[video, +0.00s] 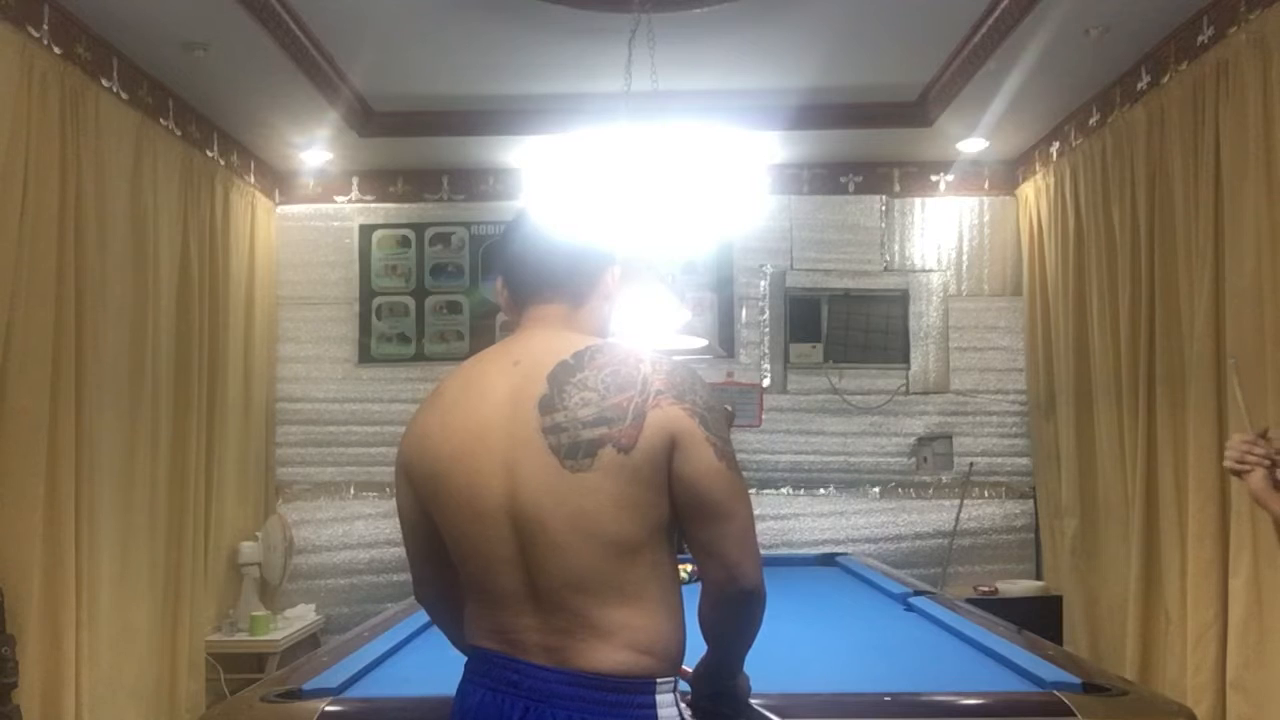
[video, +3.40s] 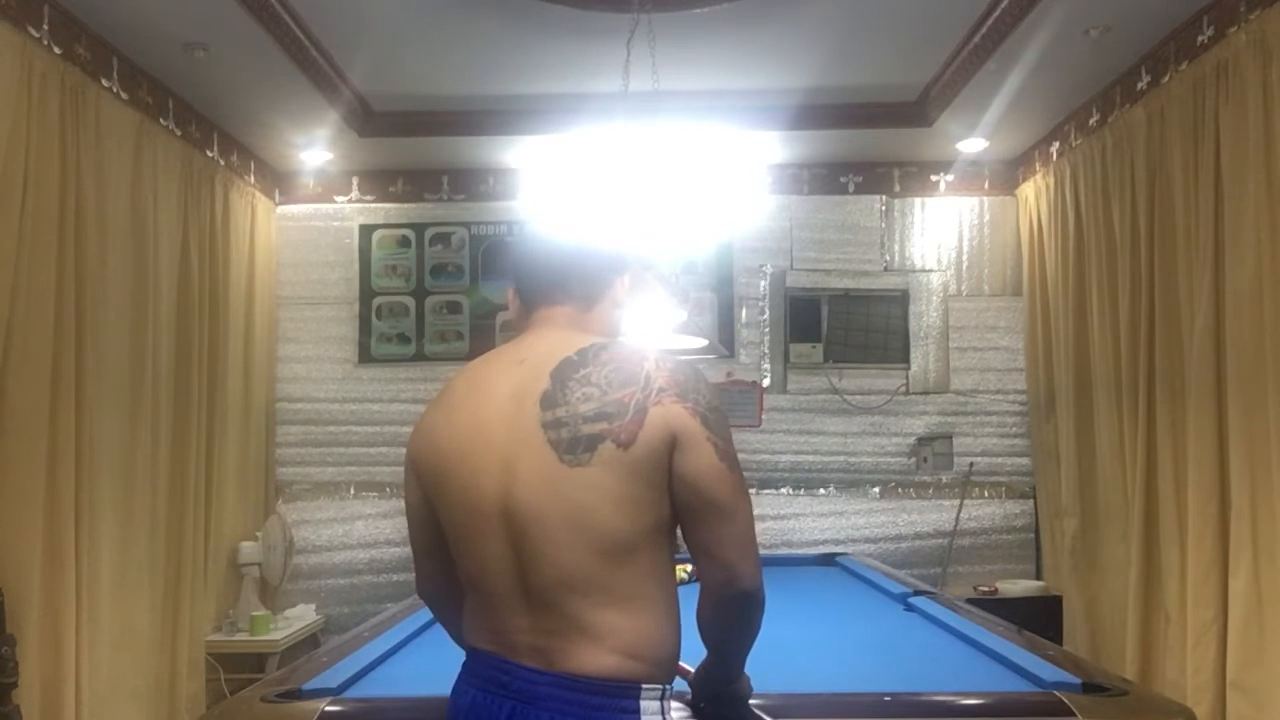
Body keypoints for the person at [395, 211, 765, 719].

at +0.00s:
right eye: (619, 284)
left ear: (501, 294)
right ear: (610, 283)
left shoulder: (434, 412)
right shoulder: (660, 391)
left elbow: (434, 588)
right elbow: (738, 581)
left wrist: (497, 661)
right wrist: (722, 674)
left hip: (487, 698)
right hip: (629, 702)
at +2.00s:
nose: (636, 290)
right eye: (634, 278)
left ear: (509, 294)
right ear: (618, 280)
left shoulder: (445, 408)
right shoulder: (669, 384)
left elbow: (439, 587)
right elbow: (740, 580)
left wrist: (504, 661)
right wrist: (723, 674)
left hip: (491, 697)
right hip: (634, 701)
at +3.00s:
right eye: (630, 282)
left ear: (507, 303)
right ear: (613, 285)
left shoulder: (443, 409)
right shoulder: (668, 385)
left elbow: (437, 585)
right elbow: (739, 578)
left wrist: (502, 658)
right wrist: (723, 673)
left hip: (486, 697)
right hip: (626, 703)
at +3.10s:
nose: (499, 309)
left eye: (501, 295)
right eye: (632, 284)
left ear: (509, 298)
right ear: (616, 285)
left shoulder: (444, 407)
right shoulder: (668, 386)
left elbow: (436, 583)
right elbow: (738, 580)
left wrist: (500, 657)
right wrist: (722, 674)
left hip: (485, 697)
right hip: (624, 703)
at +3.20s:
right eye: (635, 284)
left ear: (511, 299)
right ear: (617, 286)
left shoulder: (444, 407)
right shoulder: (666, 386)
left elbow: (436, 583)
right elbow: (737, 579)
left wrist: (501, 656)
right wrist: (722, 674)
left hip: (483, 696)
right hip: (623, 702)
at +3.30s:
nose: (640, 298)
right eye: (636, 284)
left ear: (512, 299)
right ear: (618, 286)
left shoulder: (445, 406)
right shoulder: (665, 386)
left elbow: (436, 583)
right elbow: (737, 581)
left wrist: (500, 656)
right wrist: (722, 675)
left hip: (482, 696)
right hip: (621, 702)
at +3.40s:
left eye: (506, 293)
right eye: (636, 285)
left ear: (513, 296)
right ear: (621, 287)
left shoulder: (444, 406)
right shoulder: (666, 387)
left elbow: (436, 583)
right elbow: (736, 582)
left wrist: (500, 657)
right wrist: (722, 675)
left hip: (481, 696)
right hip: (620, 702)